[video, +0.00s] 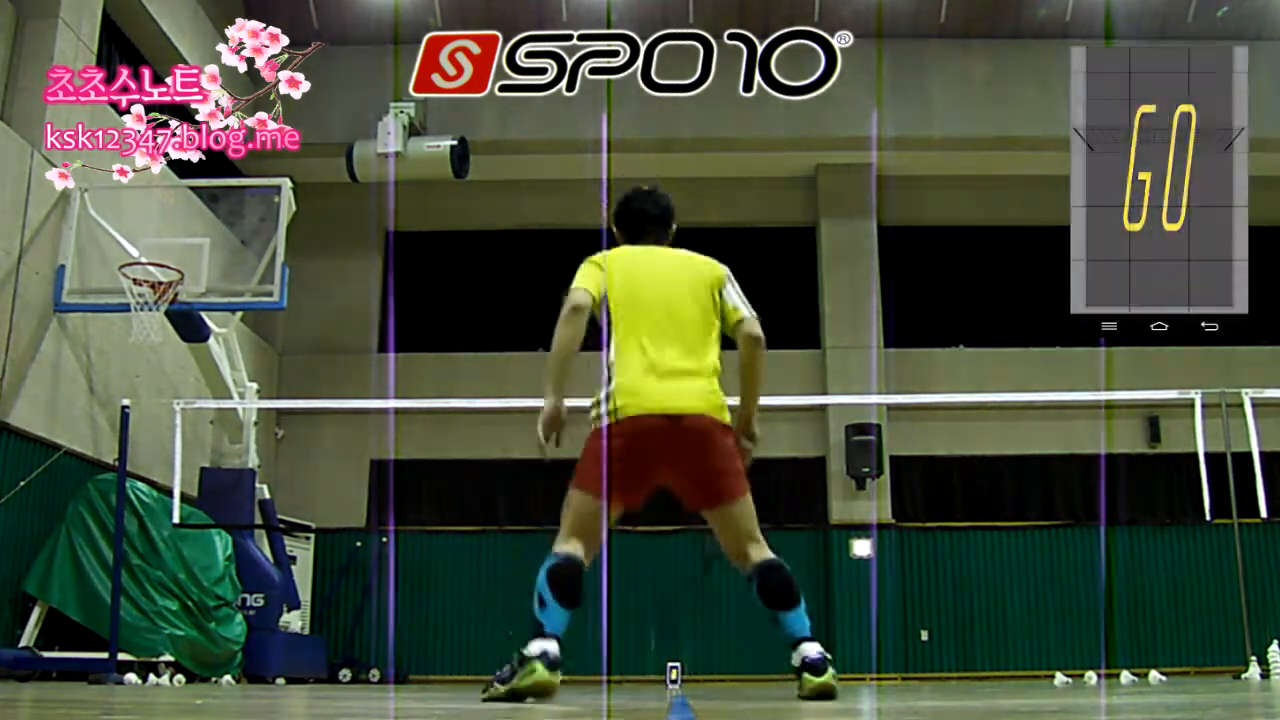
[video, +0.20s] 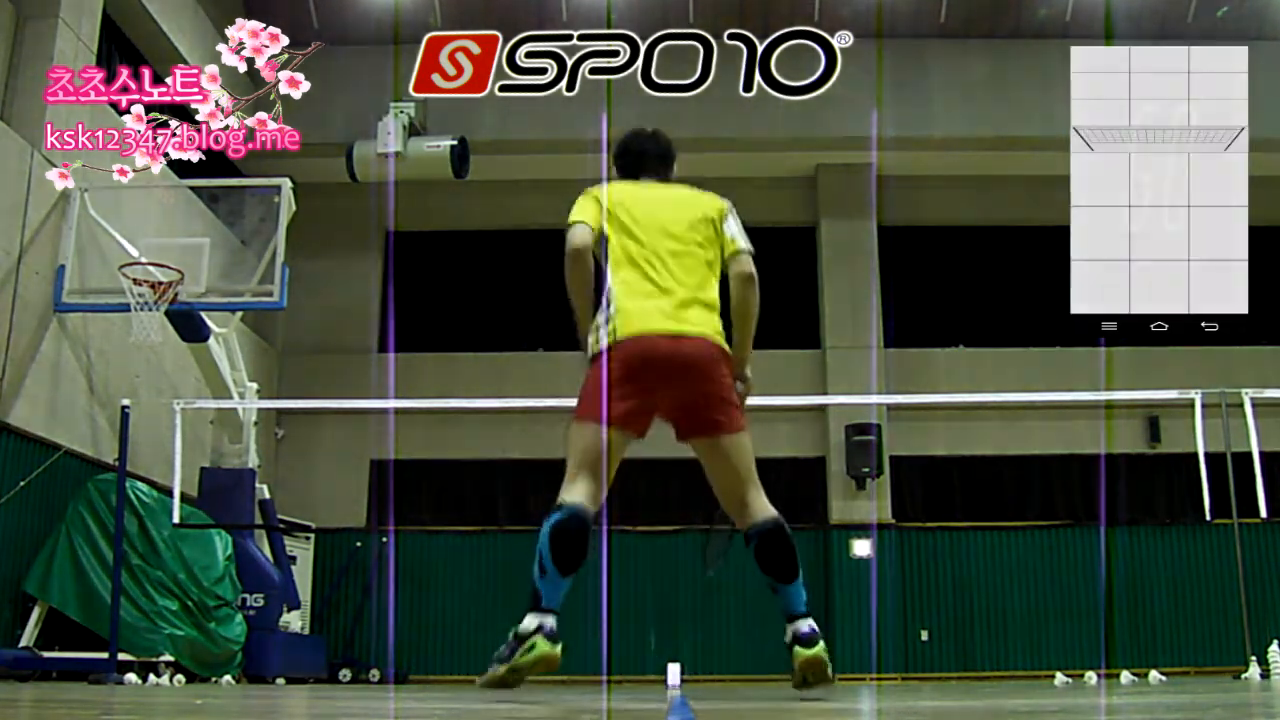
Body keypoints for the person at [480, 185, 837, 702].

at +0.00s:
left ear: (618, 231)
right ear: (673, 231)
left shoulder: (602, 264)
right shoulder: (710, 270)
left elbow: (576, 306)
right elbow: (752, 336)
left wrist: (554, 397)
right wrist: (746, 418)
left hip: (626, 423)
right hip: (703, 423)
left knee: (574, 541)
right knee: (751, 546)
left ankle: (543, 649)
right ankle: (808, 651)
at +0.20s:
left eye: (616, 167)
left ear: (616, 169)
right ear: (672, 171)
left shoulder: (599, 197)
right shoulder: (714, 205)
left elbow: (578, 246)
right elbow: (744, 273)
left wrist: (587, 326)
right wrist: (741, 361)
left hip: (626, 347)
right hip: (704, 348)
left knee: (582, 483)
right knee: (748, 499)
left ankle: (540, 624)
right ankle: (803, 627)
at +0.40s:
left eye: (613, 178)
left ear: (616, 176)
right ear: (670, 176)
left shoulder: (594, 214)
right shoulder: (712, 218)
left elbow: (579, 306)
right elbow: (744, 298)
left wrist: (628, 327)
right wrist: (735, 385)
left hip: (615, 383)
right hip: (697, 384)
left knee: (576, 510)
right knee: (744, 525)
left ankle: (552, 637)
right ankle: (802, 646)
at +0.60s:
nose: (615, 140)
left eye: (615, 132)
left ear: (618, 134)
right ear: (672, 132)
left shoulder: (597, 169)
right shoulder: (719, 171)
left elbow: (588, 264)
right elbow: (749, 254)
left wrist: (634, 227)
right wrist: (731, 329)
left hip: (624, 336)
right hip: (704, 338)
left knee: (584, 469)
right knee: (746, 488)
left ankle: (550, 604)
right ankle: (795, 616)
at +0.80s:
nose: (626, 154)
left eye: (625, 145)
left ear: (627, 145)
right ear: (682, 145)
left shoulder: (604, 186)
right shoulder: (727, 188)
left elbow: (593, 283)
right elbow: (763, 276)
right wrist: (735, 345)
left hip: (631, 364)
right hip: (712, 365)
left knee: (586, 499)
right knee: (755, 515)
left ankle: (550, 633)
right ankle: (810, 643)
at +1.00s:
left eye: (641, 144)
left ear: (641, 145)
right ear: (696, 143)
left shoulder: (622, 181)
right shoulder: (741, 185)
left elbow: (595, 243)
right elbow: (783, 262)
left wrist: (606, 318)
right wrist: (750, 331)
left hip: (648, 366)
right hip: (730, 365)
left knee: (598, 500)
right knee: (768, 511)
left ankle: (557, 629)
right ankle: (816, 641)